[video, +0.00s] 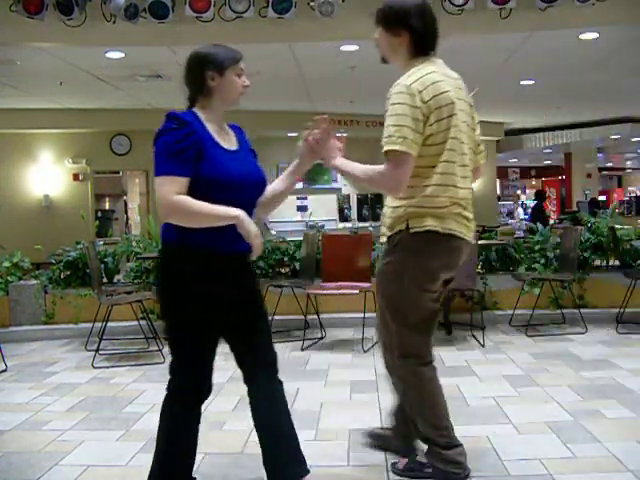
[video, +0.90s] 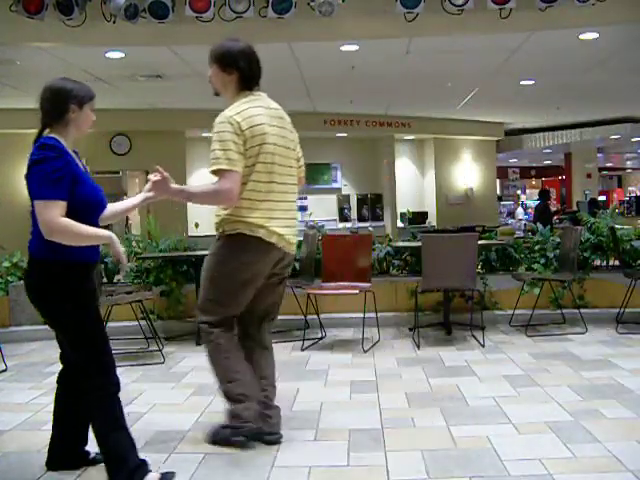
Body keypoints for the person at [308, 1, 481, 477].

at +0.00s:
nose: (377, 43)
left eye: (381, 33)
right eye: (377, 34)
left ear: (403, 36)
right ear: (417, 36)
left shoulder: (409, 87)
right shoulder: (456, 87)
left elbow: (393, 178)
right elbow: (476, 169)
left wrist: (337, 162)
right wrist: (427, 186)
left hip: (419, 235)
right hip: (453, 235)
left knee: (404, 346)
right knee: (404, 336)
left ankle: (445, 458)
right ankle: (402, 432)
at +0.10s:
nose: (360, 55)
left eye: (363, 46)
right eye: (360, 46)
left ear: (384, 48)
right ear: (401, 48)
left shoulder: (394, 100)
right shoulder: (433, 95)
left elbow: (375, 189)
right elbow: (446, 177)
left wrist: (315, 165)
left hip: (405, 240)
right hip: (433, 240)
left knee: (386, 351)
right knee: (361, 326)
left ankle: (444, 454)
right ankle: (340, 418)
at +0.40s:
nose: (297, 62)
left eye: (301, 54)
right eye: (299, 54)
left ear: (320, 60)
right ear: (338, 61)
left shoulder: (328, 111)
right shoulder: (368, 108)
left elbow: (319, 196)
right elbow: (390, 182)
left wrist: (258, 191)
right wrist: (337, 185)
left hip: (343, 243)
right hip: (371, 241)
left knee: (363, 351)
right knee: (319, 340)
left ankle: (439, 445)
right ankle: (274, 421)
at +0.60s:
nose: (256, 61)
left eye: (260, 53)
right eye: (258, 52)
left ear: (279, 56)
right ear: (296, 57)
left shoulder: (280, 104)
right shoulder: (324, 103)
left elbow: (276, 182)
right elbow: (343, 172)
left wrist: (224, 182)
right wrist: (296, 173)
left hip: (292, 234)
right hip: (321, 234)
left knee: (306, 330)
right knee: (288, 329)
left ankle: (385, 418)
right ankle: (268, 421)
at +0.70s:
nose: (238, 64)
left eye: (242, 56)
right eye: (238, 56)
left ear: (261, 59)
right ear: (279, 60)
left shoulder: (263, 107)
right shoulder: (305, 104)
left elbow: (261, 181)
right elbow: (325, 171)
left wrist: (208, 183)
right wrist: (276, 173)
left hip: (275, 233)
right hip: (305, 234)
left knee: (269, 327)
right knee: (275, 326)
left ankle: (343, 407)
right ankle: (266, 422)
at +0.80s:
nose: (223, 69)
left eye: (227, 62)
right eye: (224, 62)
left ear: (244, 65)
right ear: (261, 66)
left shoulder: (247, 111)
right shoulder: (292, 109)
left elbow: (244, 186)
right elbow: (309, 174)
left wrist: (189, 186)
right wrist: (266, 178)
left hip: (262, 233)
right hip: (296, 235)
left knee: (235, 319)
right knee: (265, 326)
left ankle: (294, 405)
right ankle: (265, 421)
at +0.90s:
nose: (210, 78)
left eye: (213, 70)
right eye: (211, 70)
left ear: (229, 72)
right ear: (248, 73)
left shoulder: (232, 118)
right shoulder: (281, 116)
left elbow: (227, 191)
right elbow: (299, 182)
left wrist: (173, 191)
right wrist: (254, 181)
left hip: (246, 239)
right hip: (282, 242)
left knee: (215, 323)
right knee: (255, 330)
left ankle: (244, 418)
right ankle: (267, 421)